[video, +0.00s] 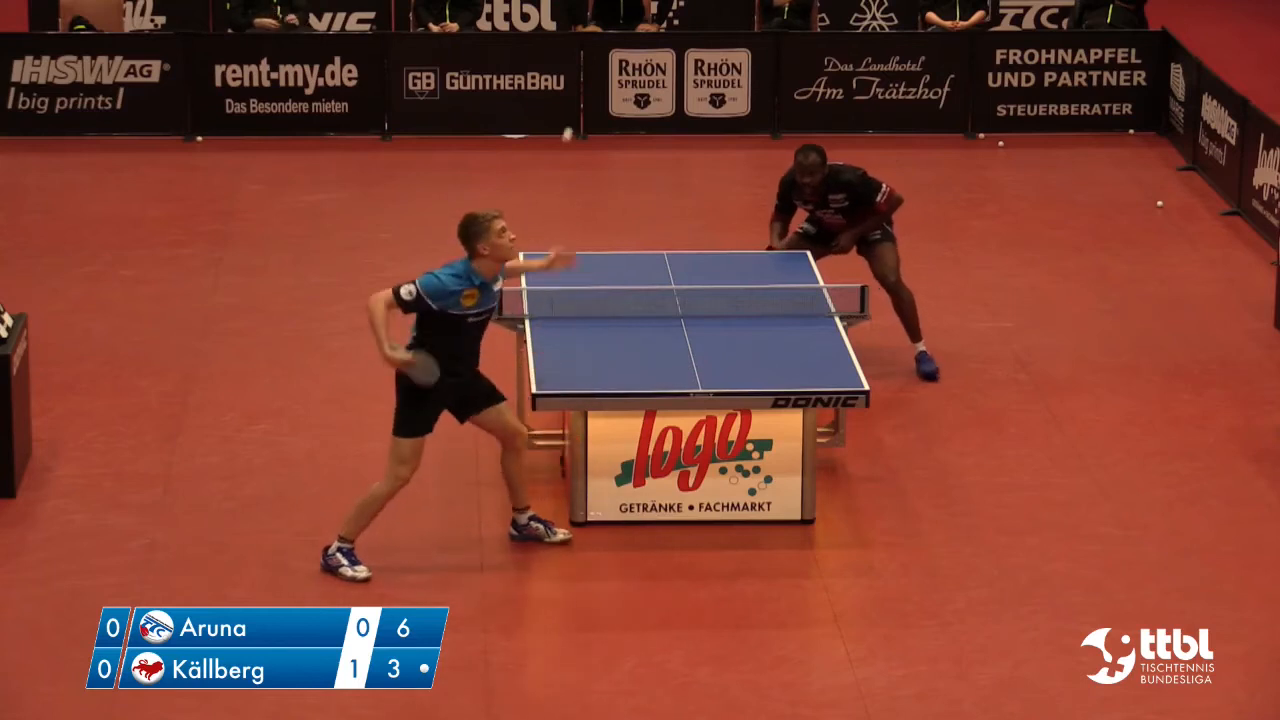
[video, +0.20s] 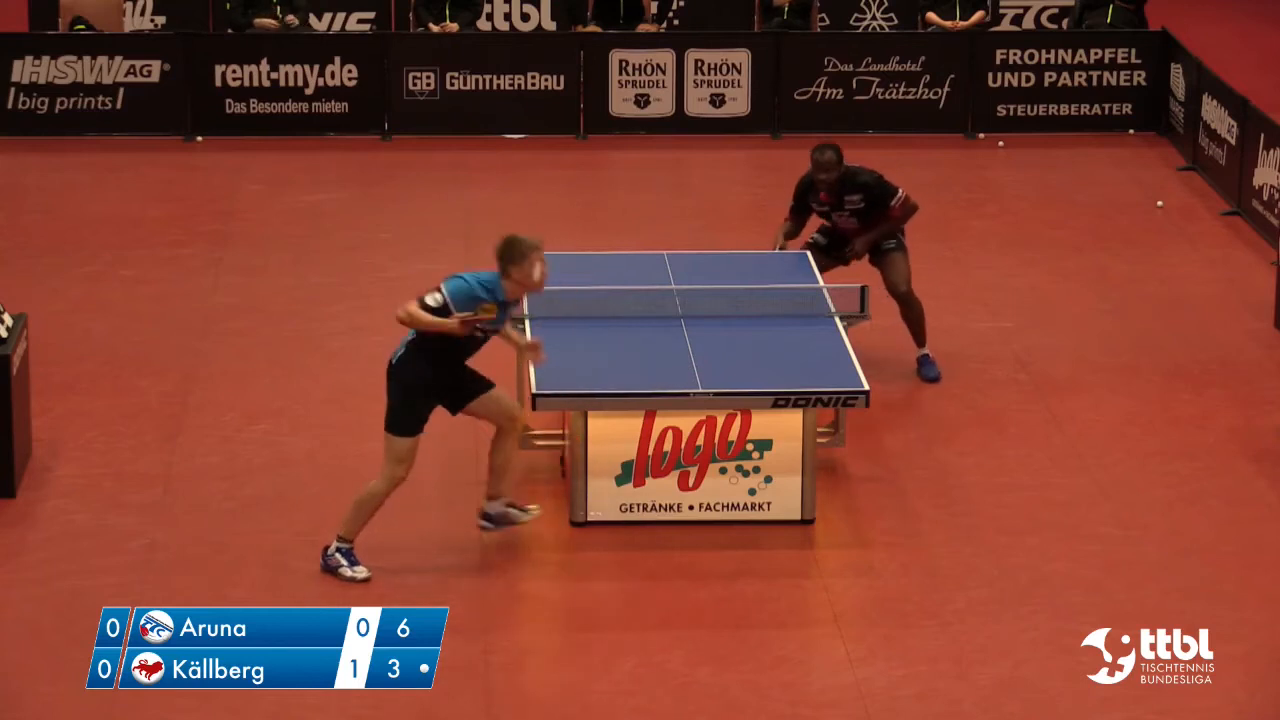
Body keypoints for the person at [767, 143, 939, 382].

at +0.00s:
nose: (806, 180)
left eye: (812, 174)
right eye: (801, 174)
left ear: (824, 170)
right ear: (794, 169)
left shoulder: (849, 178)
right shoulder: (790, 183)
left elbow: (893, 200)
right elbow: (781, 215)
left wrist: (854, 234)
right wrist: (776, 241)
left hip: (868, 226)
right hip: (823, 227)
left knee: (890, 281)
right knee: (780, 261)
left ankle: (921, 350)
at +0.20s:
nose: (822, 177)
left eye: (828, 171)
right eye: (818, 171)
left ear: (841, 167)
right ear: (811, 168)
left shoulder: (865, 180)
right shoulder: (807, 186)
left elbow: (908, 207)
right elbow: (795, 221)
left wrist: (867, 239)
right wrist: (783, 234)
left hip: (879, 233)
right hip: (837, 234)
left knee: (901, 290)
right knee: (794, 273)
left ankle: (924, 354)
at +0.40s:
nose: (830, 145)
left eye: (836, 139)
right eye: (826, 139)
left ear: (849, 136)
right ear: (820, 137)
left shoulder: (876, 152)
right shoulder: (820, 161)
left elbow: (920, 179)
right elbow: (816, 203)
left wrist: (884, 217)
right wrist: (791, 213)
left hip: (895, 224)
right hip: (850, 223)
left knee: (907, 294)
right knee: (803, 276)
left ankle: (928, 352)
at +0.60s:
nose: (825, 153)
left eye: (831, 147)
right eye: (820, 147)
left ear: (846, 142)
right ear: (815, 145)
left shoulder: (876, 157)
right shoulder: (819, 175)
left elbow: (921, 183)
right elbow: (808, 223)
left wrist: (888, 226)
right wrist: (780, 230)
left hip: (900, 234)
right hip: (855, 236)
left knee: (914, 303)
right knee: (811, 287)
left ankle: (942, 364)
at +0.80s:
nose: (809, 165)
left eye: (815, 158)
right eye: (806, 159)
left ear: (831, 151)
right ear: (801, 154)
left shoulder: (864, 159)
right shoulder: (804, 184)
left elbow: (911, 169)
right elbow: (793, 231)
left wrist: (911, 217)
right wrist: (768, 242)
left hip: (882, 239)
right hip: (838, 241)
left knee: (908, 307)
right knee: (799, 287)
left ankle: (941, 363)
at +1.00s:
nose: (774, 184)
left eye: (778, 177)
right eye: (767, 179)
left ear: (788, 167)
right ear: (760, 176)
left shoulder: (809, 165)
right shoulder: (760, 200)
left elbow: (844, 168)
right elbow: (766, 239)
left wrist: (860, 210)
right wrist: (764, 249)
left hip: (834, 247)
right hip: (797, 261)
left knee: (879, 302)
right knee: (791, 318)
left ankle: (928, 362)